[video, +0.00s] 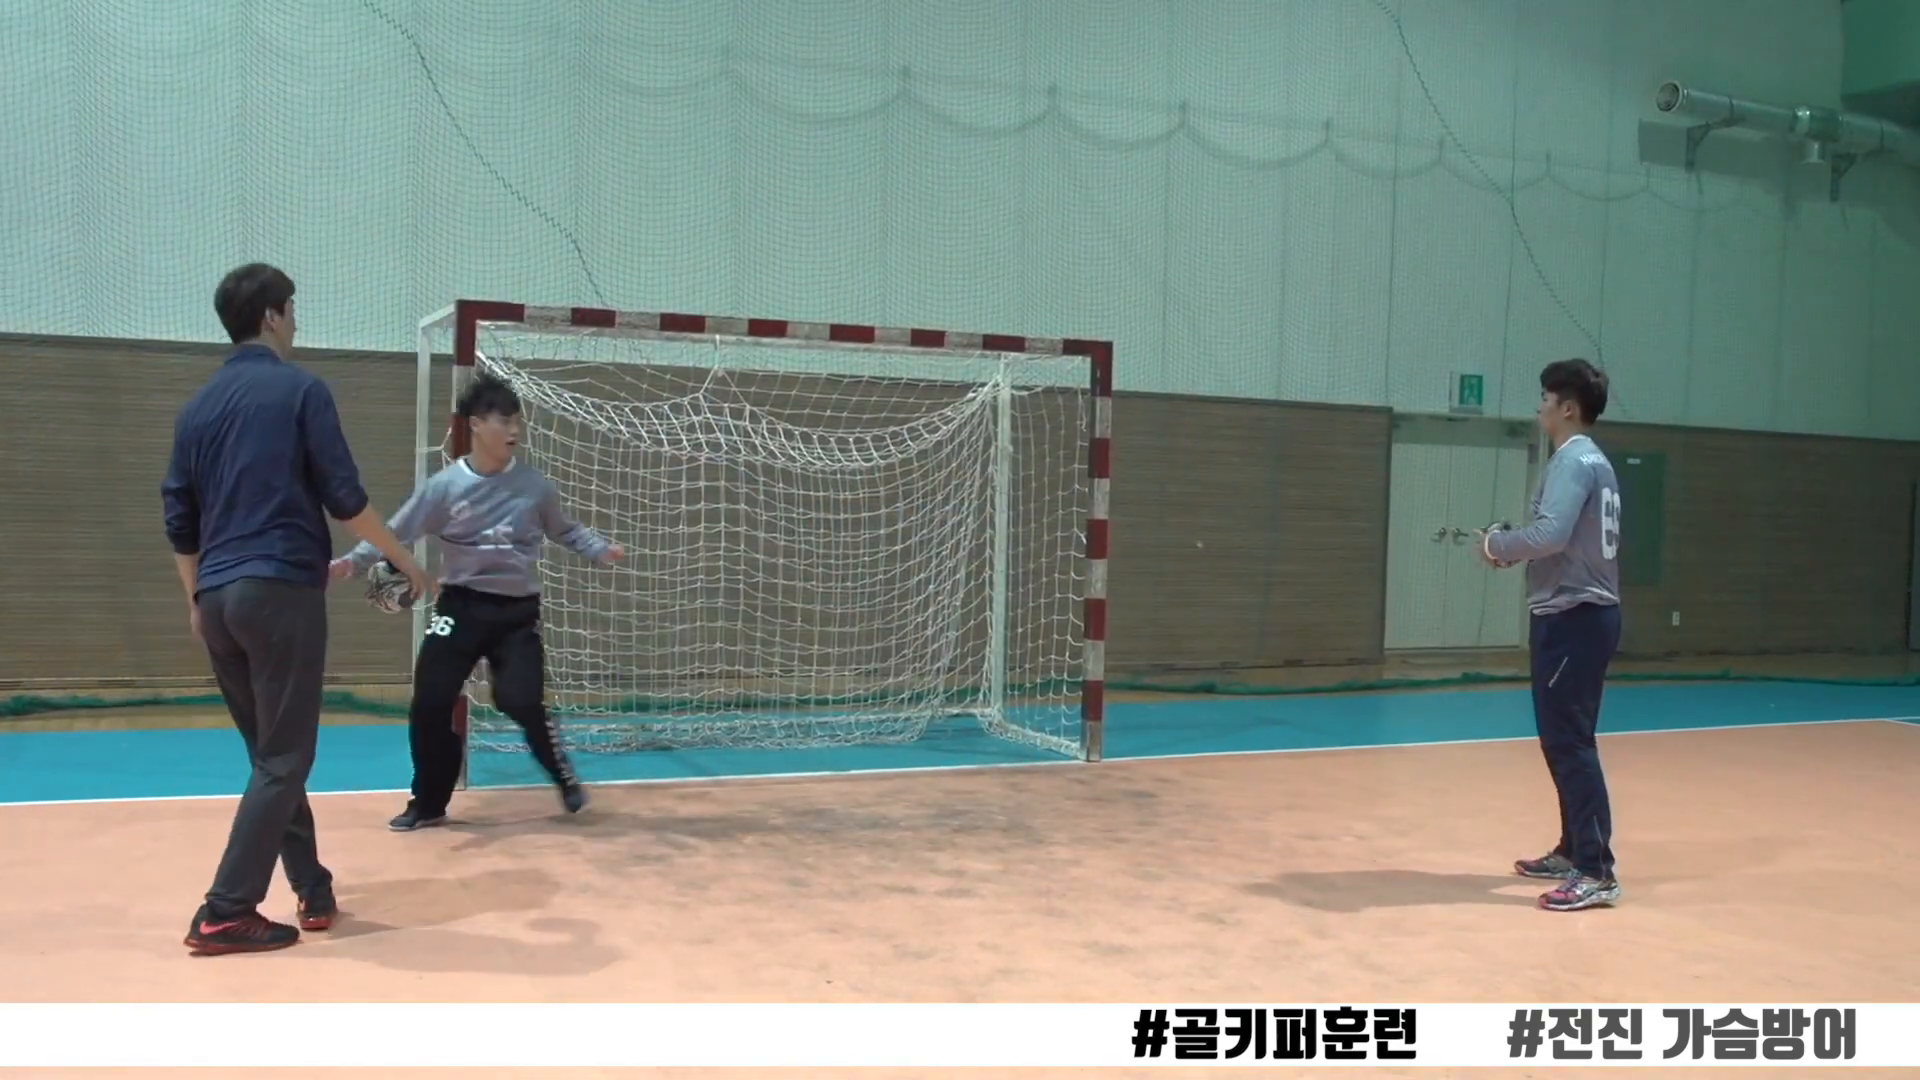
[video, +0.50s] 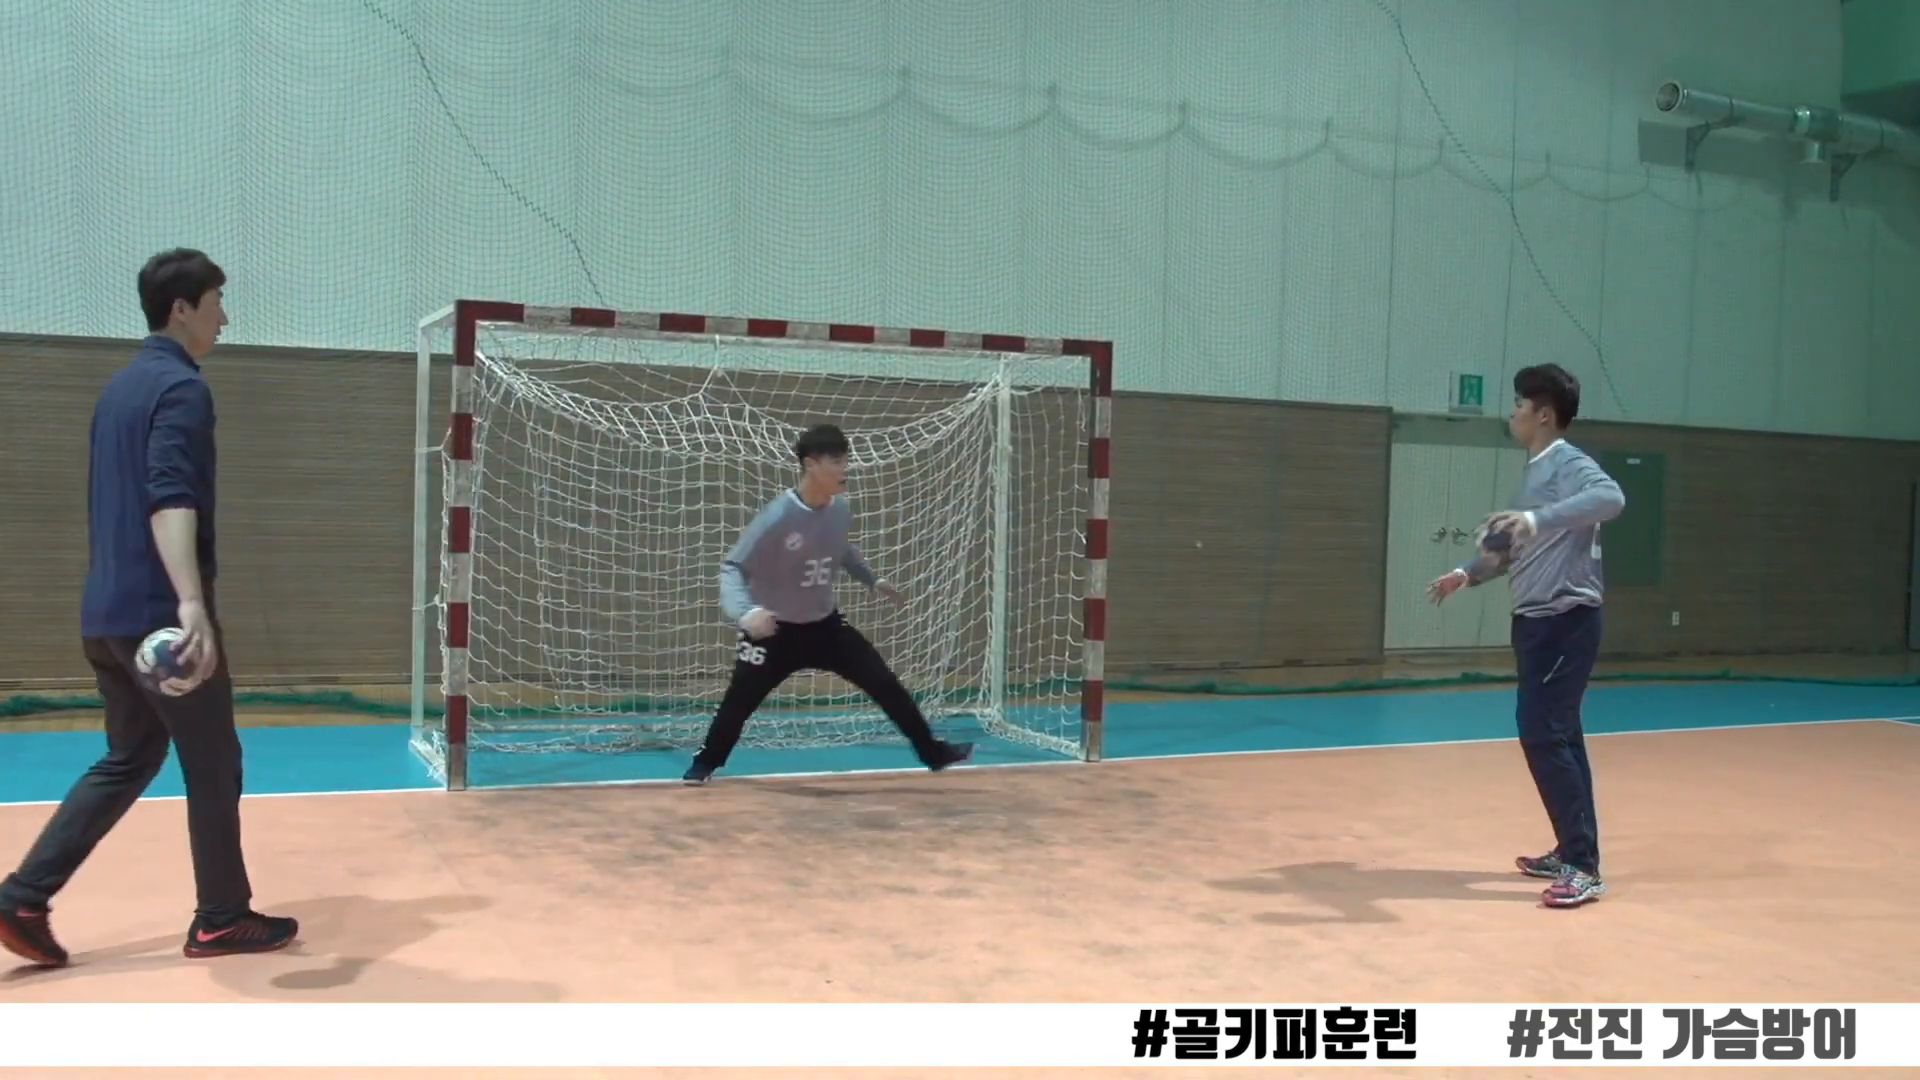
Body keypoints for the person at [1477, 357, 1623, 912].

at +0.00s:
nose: (1539, 408)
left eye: (1545, 399)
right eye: (1542, 398)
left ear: (1567, 405)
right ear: (1576, 408)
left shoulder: (1573, 460)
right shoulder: (1592, 461)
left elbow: (1552, 535)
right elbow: (1563, 538)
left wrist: (1499, 544)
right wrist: (1509, 546)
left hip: (1573, 619)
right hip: (1581, 616)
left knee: (1566, 740)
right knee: (1568, 739)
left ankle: (1597, 873)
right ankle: (1574, 852)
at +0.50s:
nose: (1511, 414)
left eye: (1519, 404)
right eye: (1515, 404)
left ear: (1544, 413)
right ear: (1541, 413)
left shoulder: (1566, 459)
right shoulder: (1534, 474)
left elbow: (1610, 498)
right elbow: (1515, 542)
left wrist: (1538, 520)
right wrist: (1468, 572)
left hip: (1565, 619)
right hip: (1538, 620)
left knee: (1544, 733)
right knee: (1555, 734)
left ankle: (1584, 867)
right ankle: (1573, 852)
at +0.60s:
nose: (1498, 417)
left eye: (1506, 409)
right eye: (1500, 408)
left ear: (1532, 416)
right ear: (1526, 416)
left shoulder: (1573, 464)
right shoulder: (1507, 477)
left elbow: (1641, 479)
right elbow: (1503, 549)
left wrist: (1590, 469)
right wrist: (1459, 588)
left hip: (1560, 623)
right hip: (1521, 624)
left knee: (1543, 738)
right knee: (1537, 738)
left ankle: (1582, 867)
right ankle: (1567, 852)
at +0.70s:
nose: (1483, 419)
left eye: (1492, 411)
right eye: (1486, 410)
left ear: (1518, 419)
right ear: (1508, 418)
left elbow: (1638, 472)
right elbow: (1483, 550)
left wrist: (1616, 422)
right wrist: (1451, 600)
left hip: (1551, 625)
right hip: (1501, 626)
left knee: (1542, 743)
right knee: (1512, 740)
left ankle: (1580, 867)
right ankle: (1563, 844)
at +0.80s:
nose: (1464, 428)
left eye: (1472, 420)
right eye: (1466, 419)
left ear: (1499, 427)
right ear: (1494, 428)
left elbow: (1618, 470)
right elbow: (1468, 547)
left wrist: (1604, 409)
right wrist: (1451, 600)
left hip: (1543, 631)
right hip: (1488, 631)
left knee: (1543, 743)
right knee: (1457, 726)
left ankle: (1578, 867)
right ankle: (1526, 822)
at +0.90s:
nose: (1436, 433)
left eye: (1442, 425)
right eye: (1438, 424)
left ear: (1470, 432)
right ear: (1466, 431)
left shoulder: (1521, 482)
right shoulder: (1450, 481)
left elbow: (1575, 487)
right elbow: (1462, 552)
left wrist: (1571, 423)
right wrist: (1455, 609)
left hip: (1524, 636)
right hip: (1467, 634)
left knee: (1535, 750)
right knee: (1422, 717)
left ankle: (1576, 868)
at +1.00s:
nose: (1409, 434)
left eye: (1414, 426)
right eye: (1410, 425)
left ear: (1438, 433)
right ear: (1438, 431)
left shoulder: (1478, 484)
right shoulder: (1432, 486)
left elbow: (1509, 514)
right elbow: (1451, 554)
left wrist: (1503, 447)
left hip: (1494, 638)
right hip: (1441, 639)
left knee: (1520, 754)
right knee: (1397, 736)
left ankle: (1574, 867)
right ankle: (1367, 847)